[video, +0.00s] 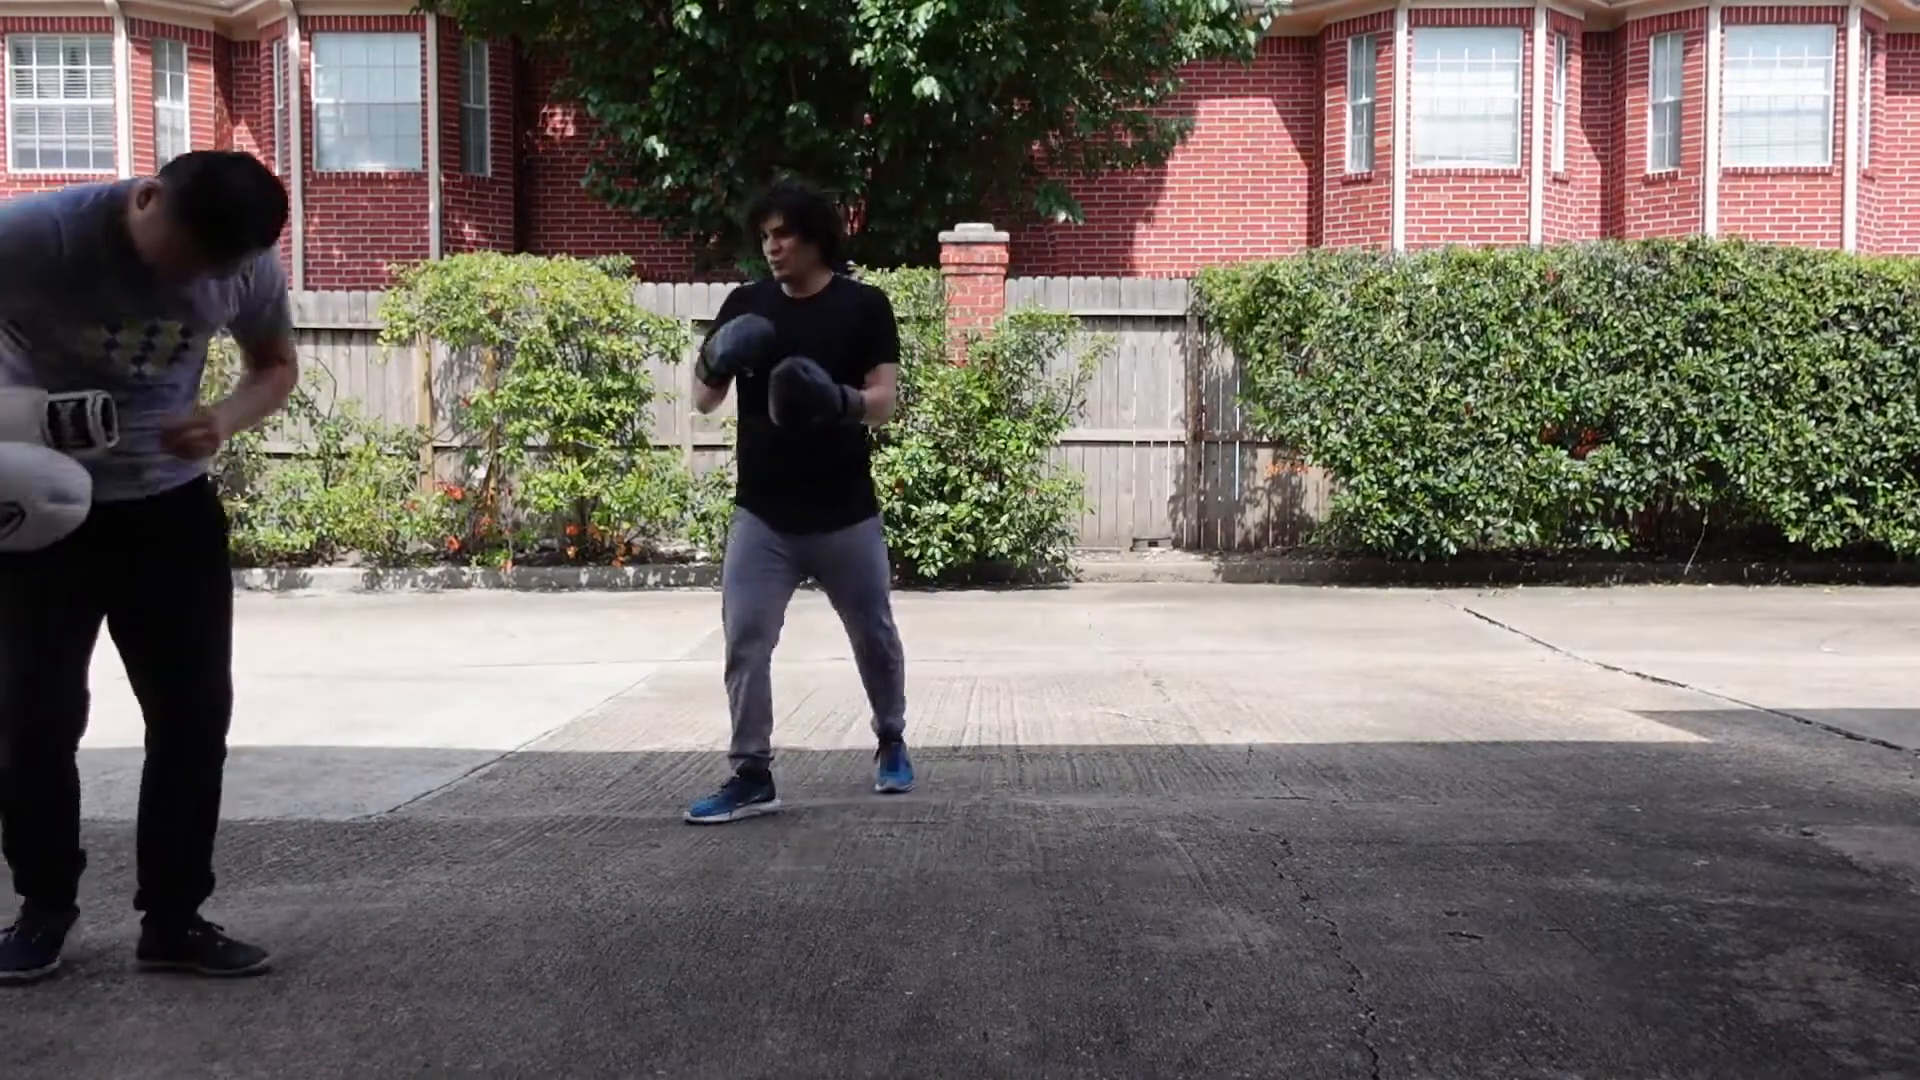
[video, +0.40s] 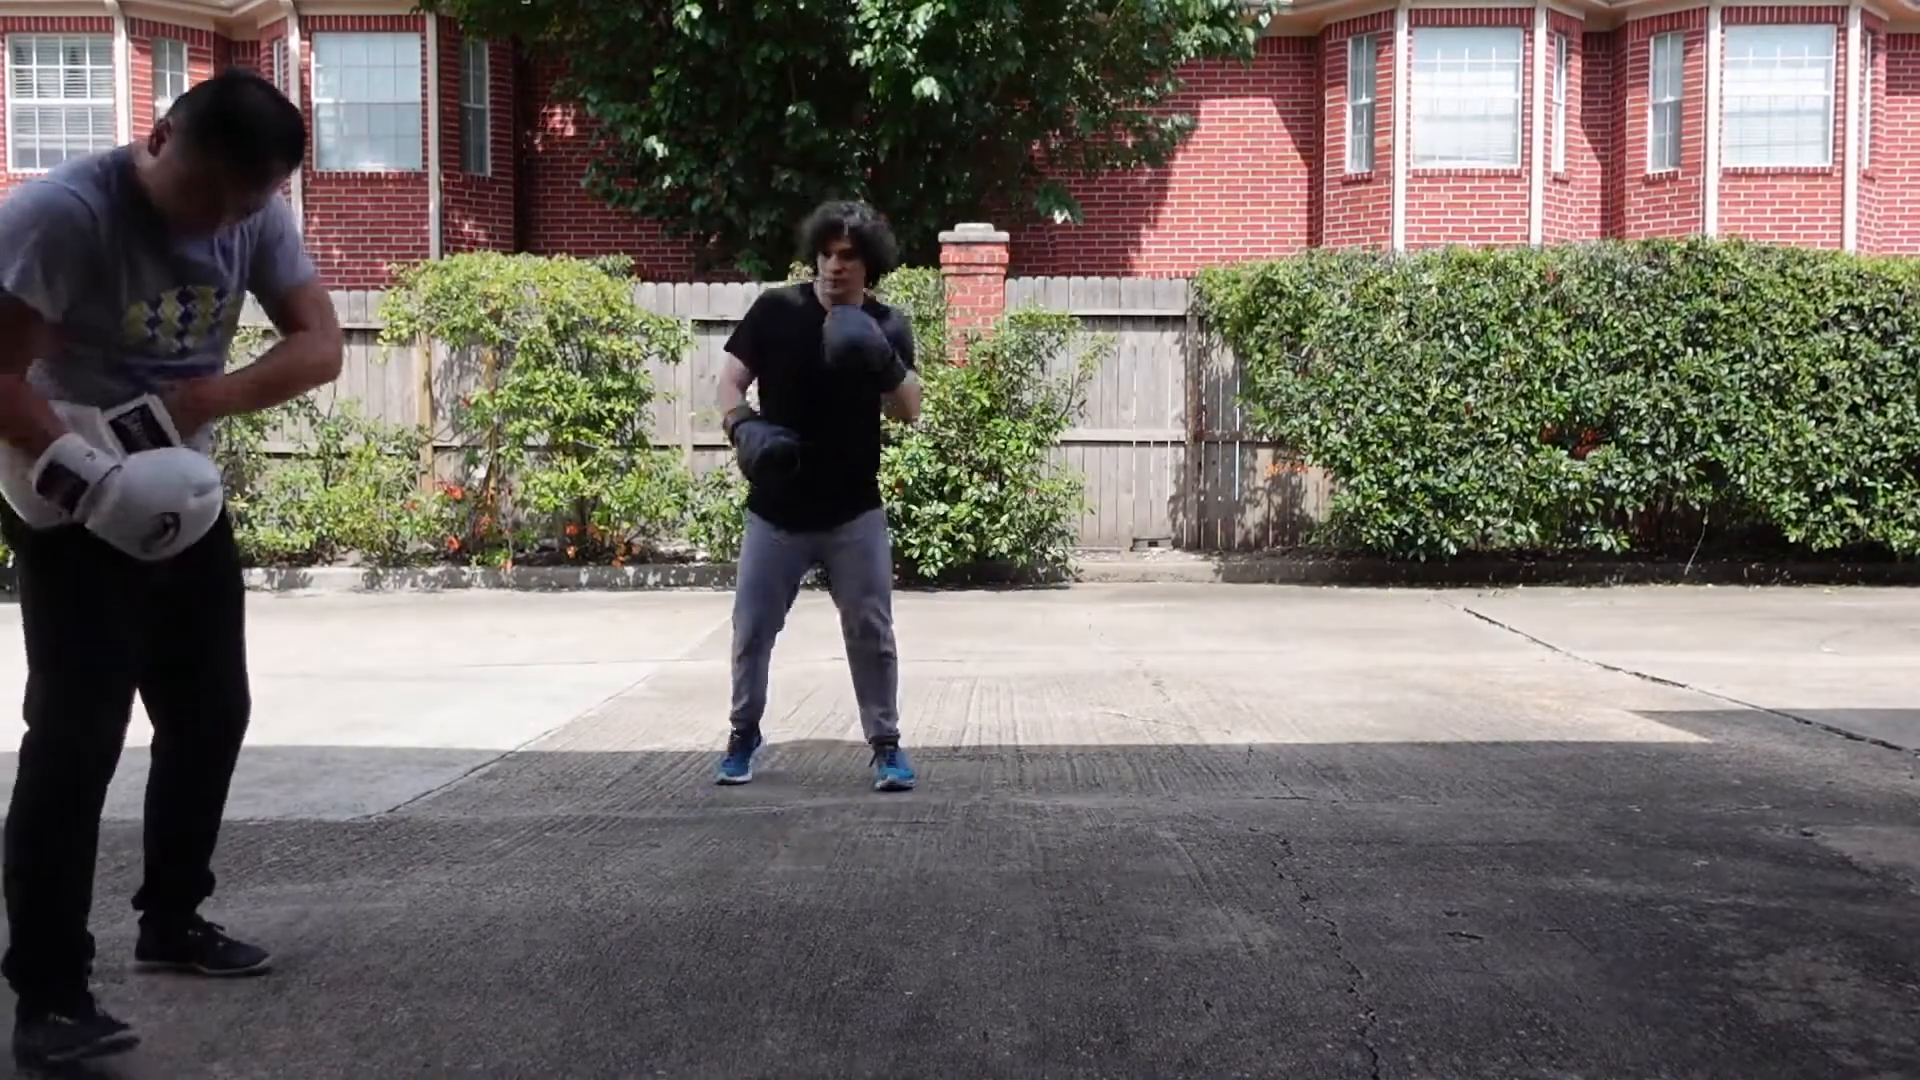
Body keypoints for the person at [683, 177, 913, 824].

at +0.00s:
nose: (772, 248)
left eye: (784, 236)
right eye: (766, 238)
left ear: (818, 236)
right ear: (761, 243)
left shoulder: (864, 306)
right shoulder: (748, 302)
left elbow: (884, 401)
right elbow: (705, 402)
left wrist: (841, 400)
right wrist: (716, 361)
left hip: (845, 515)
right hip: (762, 514)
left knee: (876, 637)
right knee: (743, 640)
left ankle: (892, 743)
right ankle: (751, 774)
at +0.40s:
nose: (837, 266)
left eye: (850, 256)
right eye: (828, 254)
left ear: (871, 265)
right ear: (814, 258)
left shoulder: (886, 325)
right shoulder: (776, 309)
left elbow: (908, 409)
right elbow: (729, 385)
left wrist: (879, 356)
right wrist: (748, 429)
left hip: (854, 511)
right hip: (776, 511)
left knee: (872, 632)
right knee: (750, 632)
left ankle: (886, 747)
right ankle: (743, 737)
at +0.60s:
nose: (854, 282)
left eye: (865, 273)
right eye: (845, 271)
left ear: (878, 281)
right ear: (822, 272)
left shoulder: (881, 333)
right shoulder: (785, 324)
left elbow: (897, 362)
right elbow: (766, 406)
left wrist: (841, 299)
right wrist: (780, 495)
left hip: (848, 516)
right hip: (774, 516)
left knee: (892, 612)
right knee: (751, 638)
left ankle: (870, 731)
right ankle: (749, 738)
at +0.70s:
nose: (855, 293)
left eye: (866, 285)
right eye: (846, 283)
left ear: (880, 292)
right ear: (824, 284)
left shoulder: (889, 341)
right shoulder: (793, 336)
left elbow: (885, 354)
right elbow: (805, 432)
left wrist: (821, 289)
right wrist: (845, 503)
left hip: (843, 526)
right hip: (772, 523)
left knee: (887, 631)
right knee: (738, 630)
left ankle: (873, 737)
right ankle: (733, 724)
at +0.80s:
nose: (852, 304)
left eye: (863, 297)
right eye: (844, 293)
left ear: (877, 305)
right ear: (821, 296)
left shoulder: (866, 358)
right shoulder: (803, 345)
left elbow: (896, 365)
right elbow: (848, 437)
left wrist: (831, 306)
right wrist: (893, 485)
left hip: (833, 538)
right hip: (767, 532)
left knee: (886, 632)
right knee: (726, 634)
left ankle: (872, 740)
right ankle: (661, 753)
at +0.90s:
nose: (826, 294)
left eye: (838, 286)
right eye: (815, 284)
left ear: (850, 298)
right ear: (794, 292)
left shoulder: (845, 350)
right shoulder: (788, 341)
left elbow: (913, 377)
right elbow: (867, 406)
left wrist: (894, 339)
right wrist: (900, 442)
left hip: (820, 544)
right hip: (750, 542)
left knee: (871, 639)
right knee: (698, 646)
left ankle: (871, 739)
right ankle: (621, 772)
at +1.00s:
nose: (773, 274)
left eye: (784, 266)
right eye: (763, 266)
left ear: (804, 276)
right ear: (746, 277)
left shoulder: (811, 341)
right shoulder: (742, 314)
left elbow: (843, 400)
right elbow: (818, 343)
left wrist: (864, 377)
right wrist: (863, 371)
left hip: (800, 541)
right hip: (722, 537)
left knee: (839, 643)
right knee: (674, 645)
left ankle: (862, 736)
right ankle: (607, 777)